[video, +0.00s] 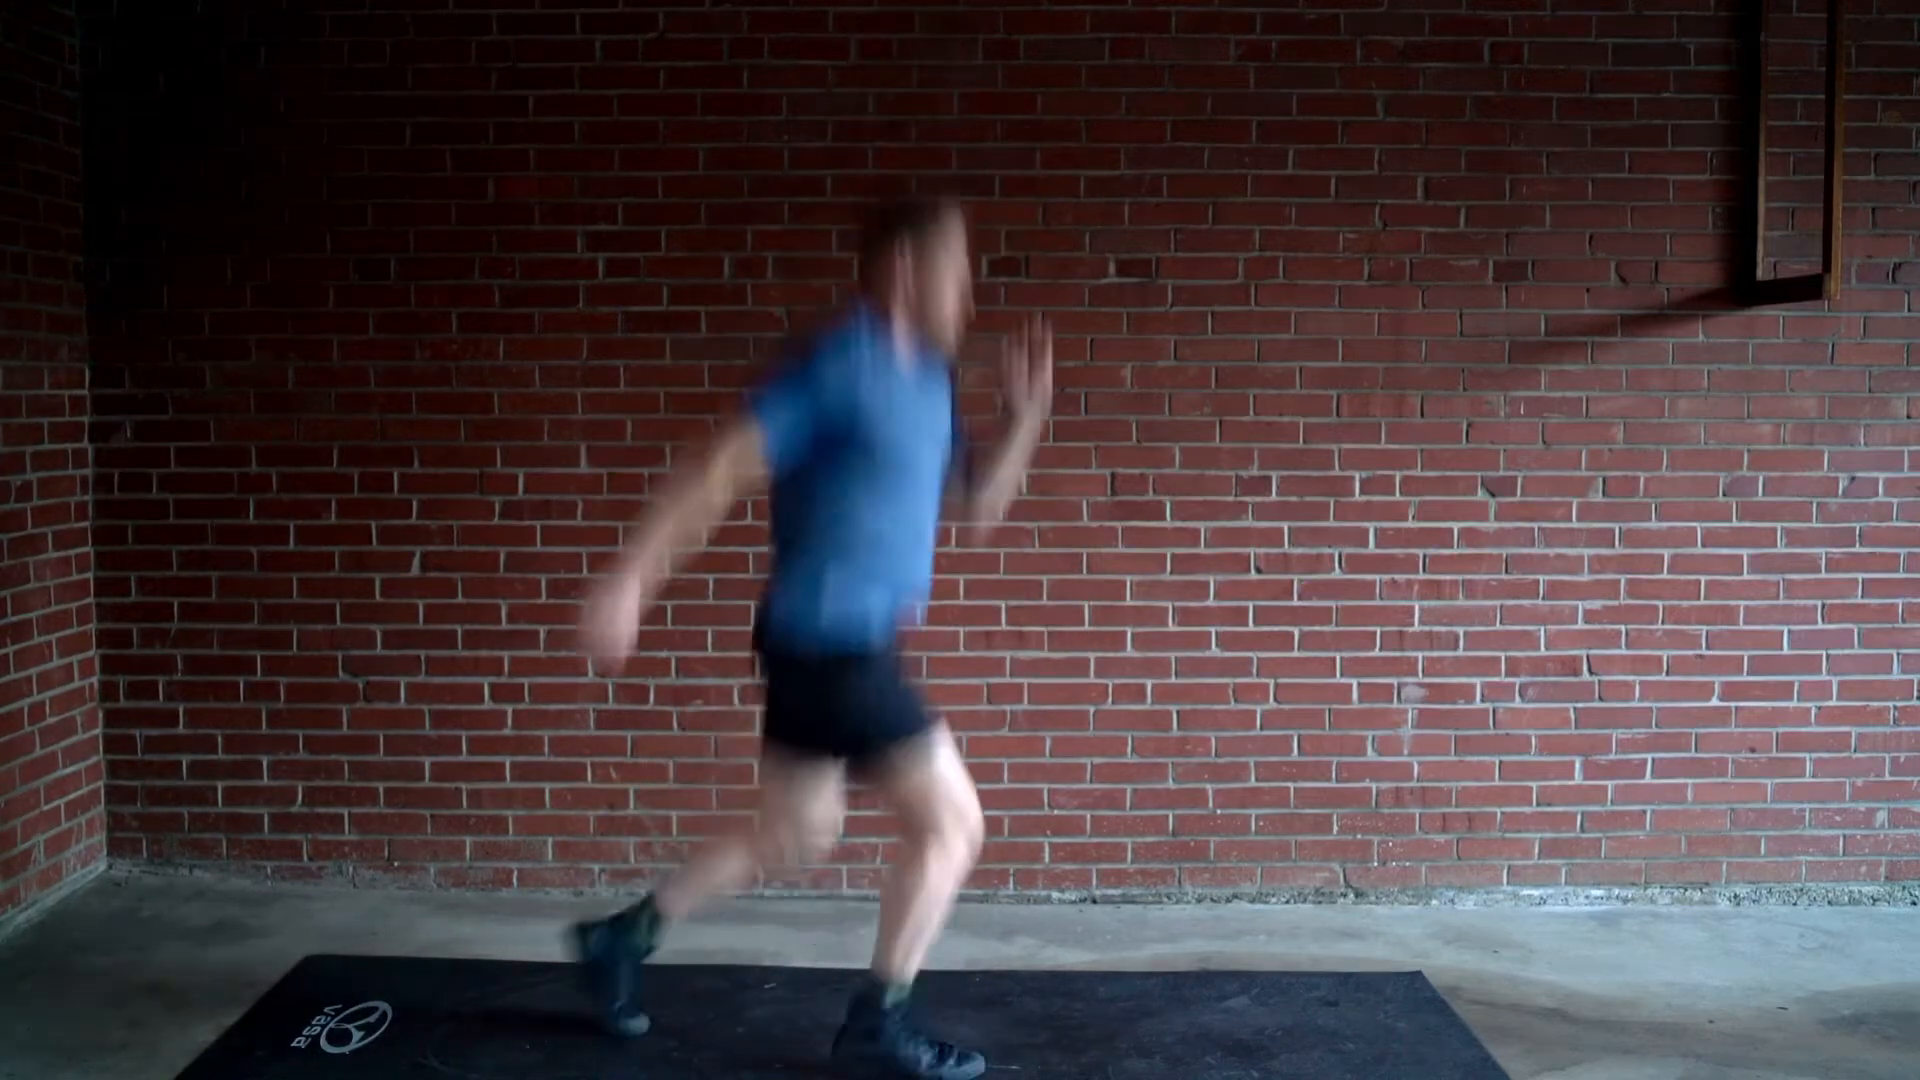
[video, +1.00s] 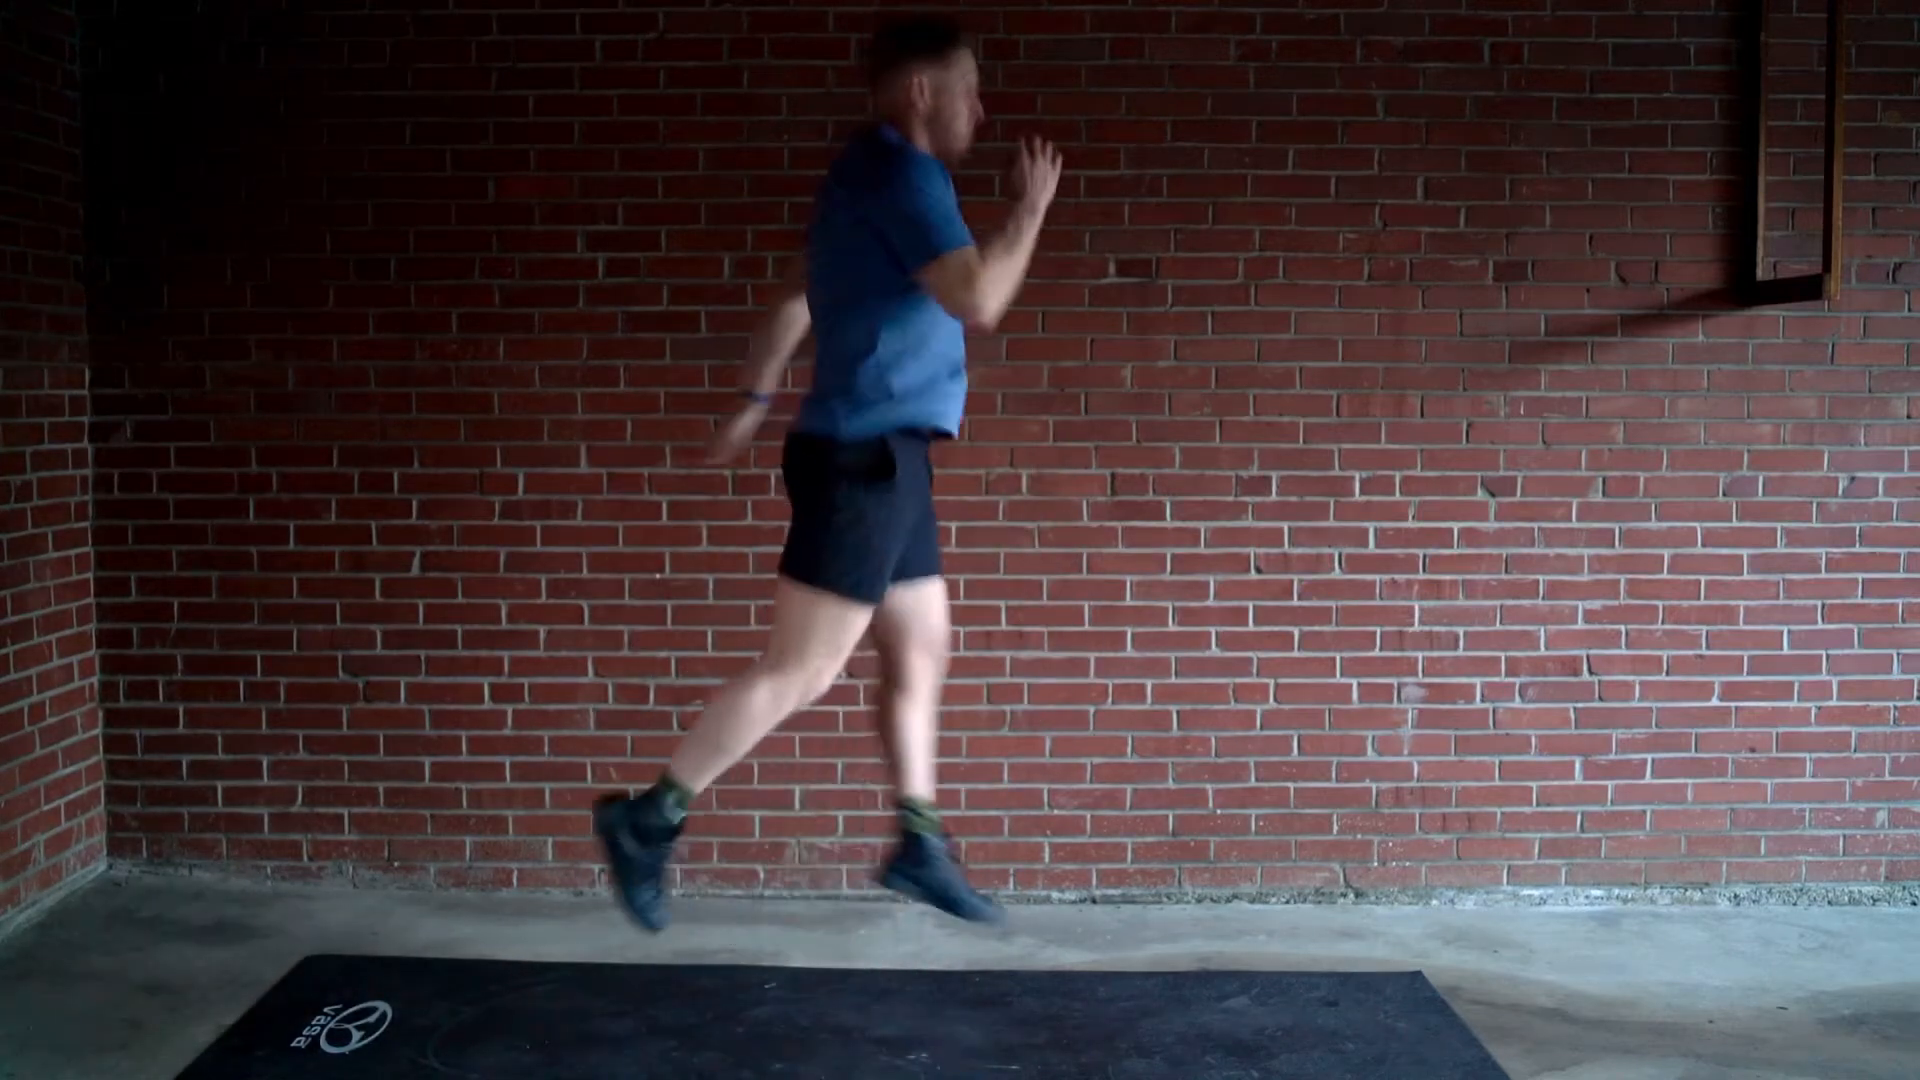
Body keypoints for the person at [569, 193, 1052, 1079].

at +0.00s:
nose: (965, 286)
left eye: (966, 266)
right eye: (950, 266)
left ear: (948, 274)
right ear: (897, 269)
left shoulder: (934, 376)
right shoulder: (843, 361)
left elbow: (974, 513)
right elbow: (726, 462)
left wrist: (1025, 418)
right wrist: (630, 580)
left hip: (843, 642)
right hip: (827, 644)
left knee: (795, 838)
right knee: (953, 825)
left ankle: (627, 933)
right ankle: (880, 1022)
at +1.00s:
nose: (978, 105)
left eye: (976, 86)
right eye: (966, 86)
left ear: (910, 93)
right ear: (915, 89)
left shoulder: (865, 174)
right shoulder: (903, 175)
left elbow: (802, 298)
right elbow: (980, 299)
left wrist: (751, 399)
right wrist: (1032, 205)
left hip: (889, 454)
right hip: (860, 455)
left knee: (920, 646)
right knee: (801, 669)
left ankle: (916, 843)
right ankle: (649, 818)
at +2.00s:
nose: (984, 104)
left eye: (983, 86)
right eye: (972, 85)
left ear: (933, 91)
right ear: (922, 88)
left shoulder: (924, 191)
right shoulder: (886, 174)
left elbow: (962, 334)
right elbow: (806, 295)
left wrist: (1036, 257)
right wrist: (731, 413)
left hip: (898, 442)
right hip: (861, 442)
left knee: (887, 649)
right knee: (849, 657)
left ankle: (777, 834)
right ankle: (767, 849)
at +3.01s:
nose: (963, 292)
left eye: (960, 275)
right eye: (944, 275)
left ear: (943, 288)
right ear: (898, 289)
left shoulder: (942, 392)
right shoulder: (881, 382)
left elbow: (1001, 473)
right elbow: (777, 457)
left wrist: (1052, 410)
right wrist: (749, 605)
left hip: (840, 662)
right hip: (841, 665)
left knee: (776, 837)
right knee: (964, 831)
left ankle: (614, 945)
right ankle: (896, 1025)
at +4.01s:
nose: (1025, 510)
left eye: (1022, 493)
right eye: (1015, 493)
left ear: (955, 503)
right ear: (966, 502)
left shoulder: (871, 552)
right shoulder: (938, 597)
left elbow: (770, 584)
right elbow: (1018, 747)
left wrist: (708, 660)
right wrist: (1064, 631)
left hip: (833, 777)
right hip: (775, 800)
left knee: (980, 824)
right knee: (818, 1007)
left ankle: (896, 991)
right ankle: (622, 978)